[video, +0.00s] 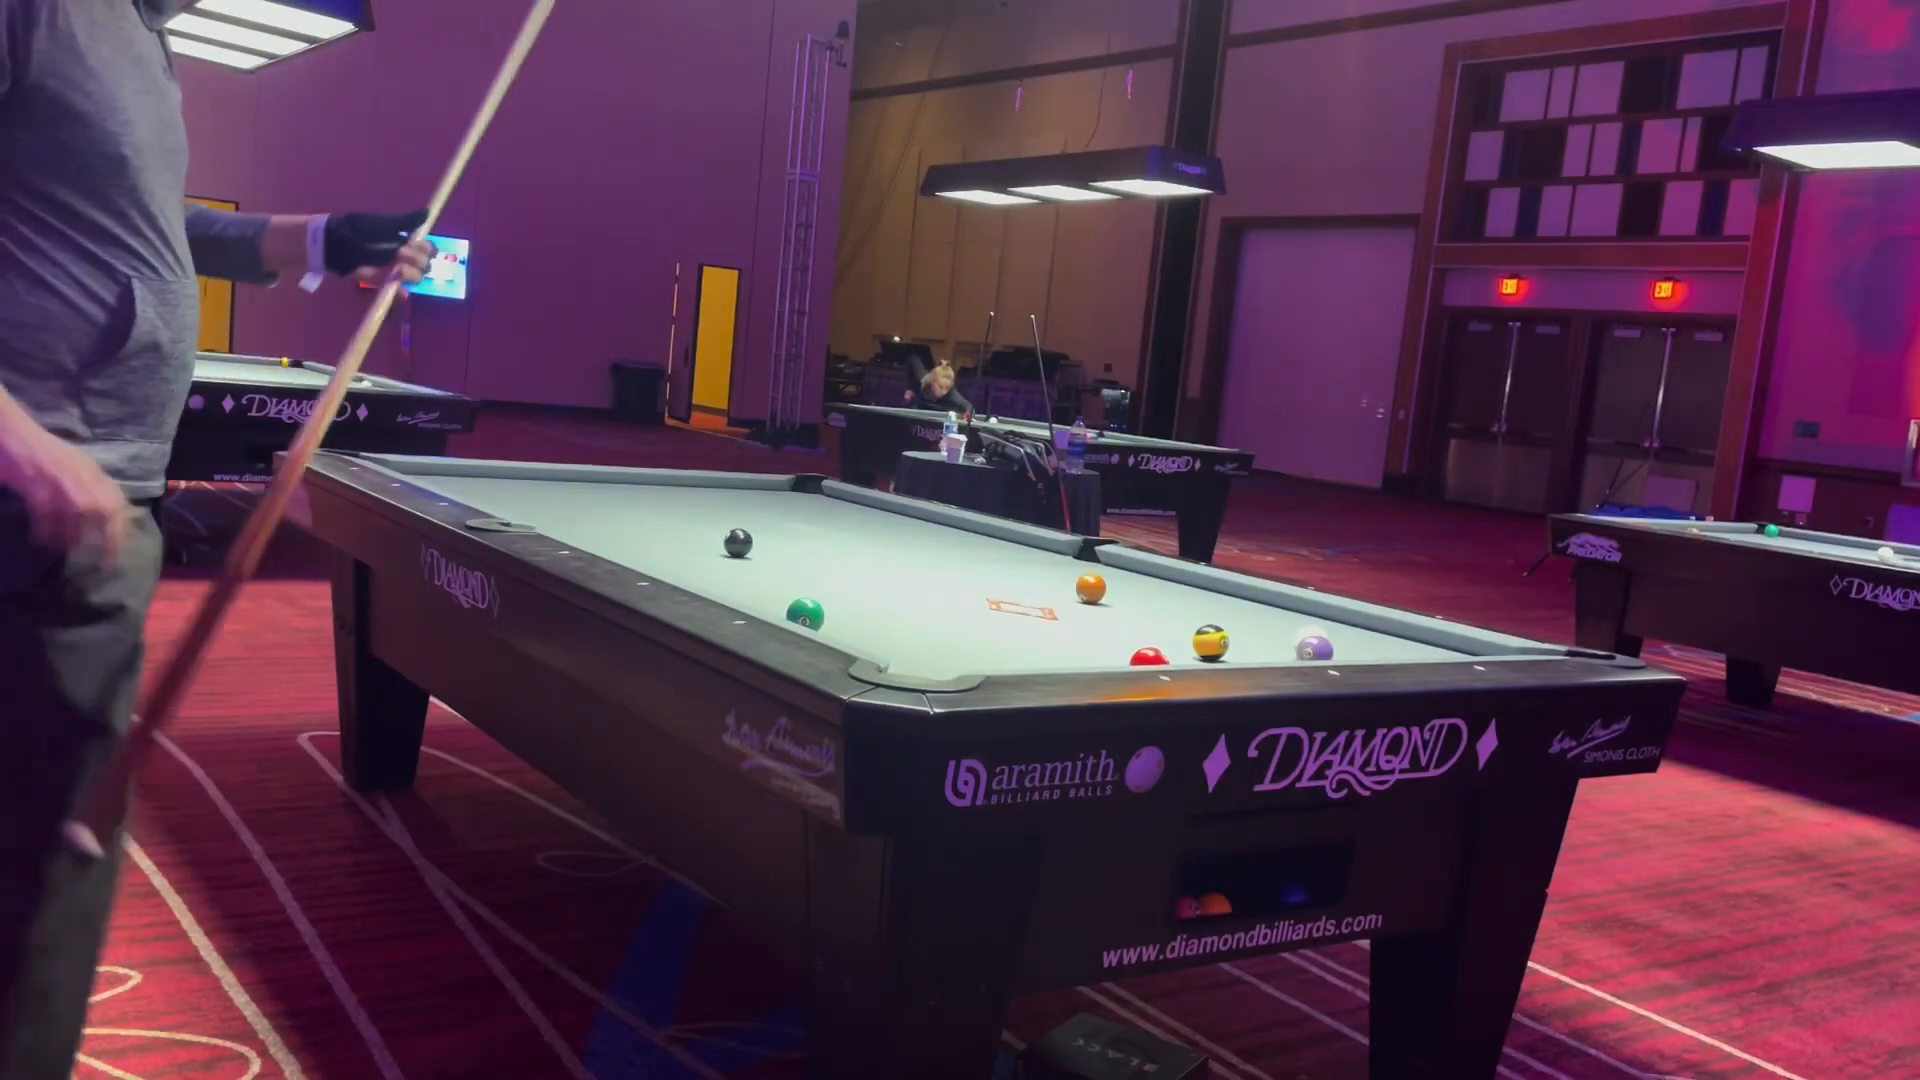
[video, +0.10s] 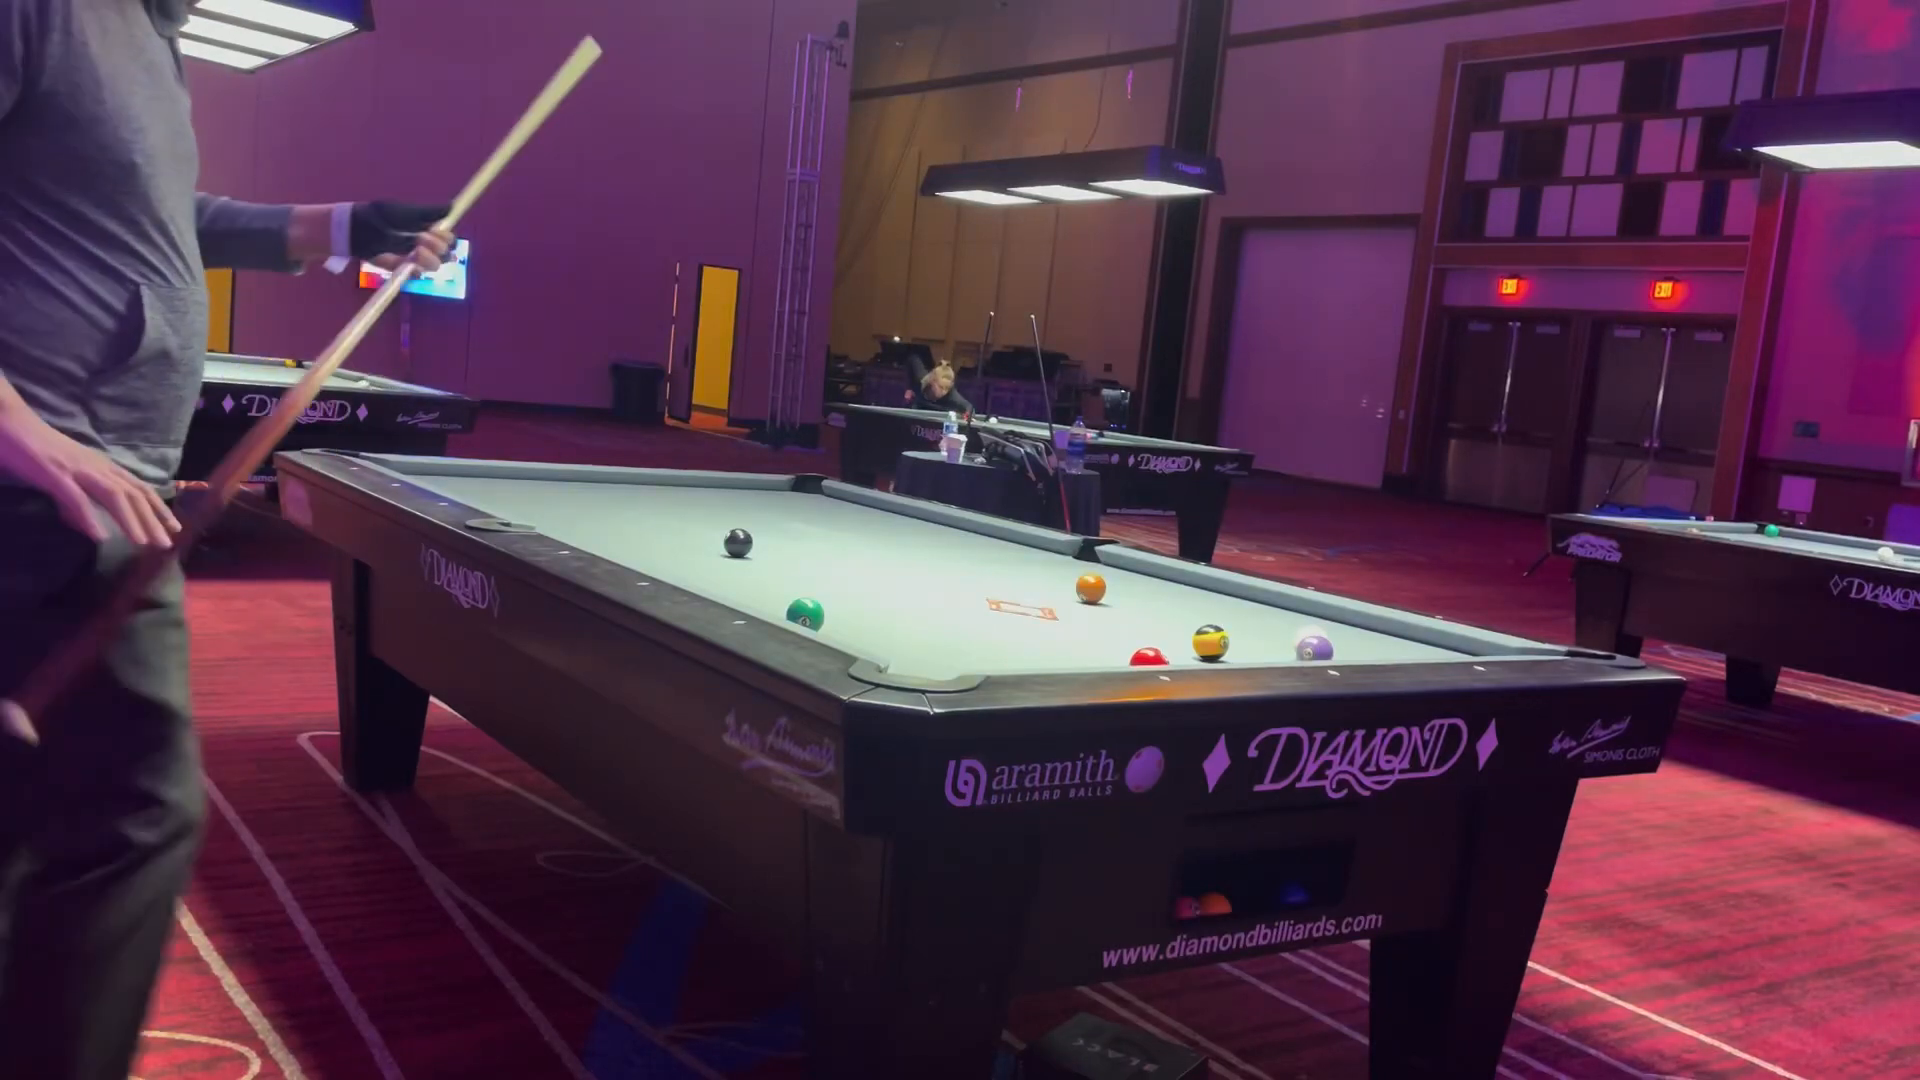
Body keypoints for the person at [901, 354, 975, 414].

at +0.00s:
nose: (943, 392)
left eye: (946, 389)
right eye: (941, 387)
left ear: (949, 388)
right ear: (932, 380)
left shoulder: (951, 396)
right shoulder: (920, 381)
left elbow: (968, 406)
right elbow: (912, 359)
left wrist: (966, 414)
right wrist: (909, 388)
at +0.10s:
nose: (943, 392)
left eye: (946, 389)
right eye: (941, 387)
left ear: (950, 388)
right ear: (932, 381)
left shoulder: (951, 396)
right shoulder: (920, 381)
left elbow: (968, 406)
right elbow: (913, 358)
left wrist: (966, 414)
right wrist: (910, 388)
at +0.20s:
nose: (943, 392)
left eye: (946, 389)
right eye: (941, 387)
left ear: (949, 388)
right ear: (932, 381)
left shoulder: (952, 397)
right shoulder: (920, 382)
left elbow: (968, 407)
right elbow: (913, 358)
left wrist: (965, 414)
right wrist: (910, 388)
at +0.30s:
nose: (943, 393)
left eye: (946, 390)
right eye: (941, 388)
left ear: (950, 389)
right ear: (933, 382)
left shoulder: (952, 396)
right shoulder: (920, 381)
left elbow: (968, 406)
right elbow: (913, 358)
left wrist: (965, 414)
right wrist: (909, 387)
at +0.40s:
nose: (944, 394)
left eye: (947, 390)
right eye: (941, 389)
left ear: (950, 389)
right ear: (933, 382)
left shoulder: (952, 397)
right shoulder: (920, 382)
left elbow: (968, 407)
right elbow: (913, 358)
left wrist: (966, 414)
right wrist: (910, 387)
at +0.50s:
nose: (943, 395)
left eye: (946, 392)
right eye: (941, 391)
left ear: (950, 390)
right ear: (933, 384)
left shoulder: (952, 397)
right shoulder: (922, 383)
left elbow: (968, 407)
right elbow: (914, 357)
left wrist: (967, 414)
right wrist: (910, 387)